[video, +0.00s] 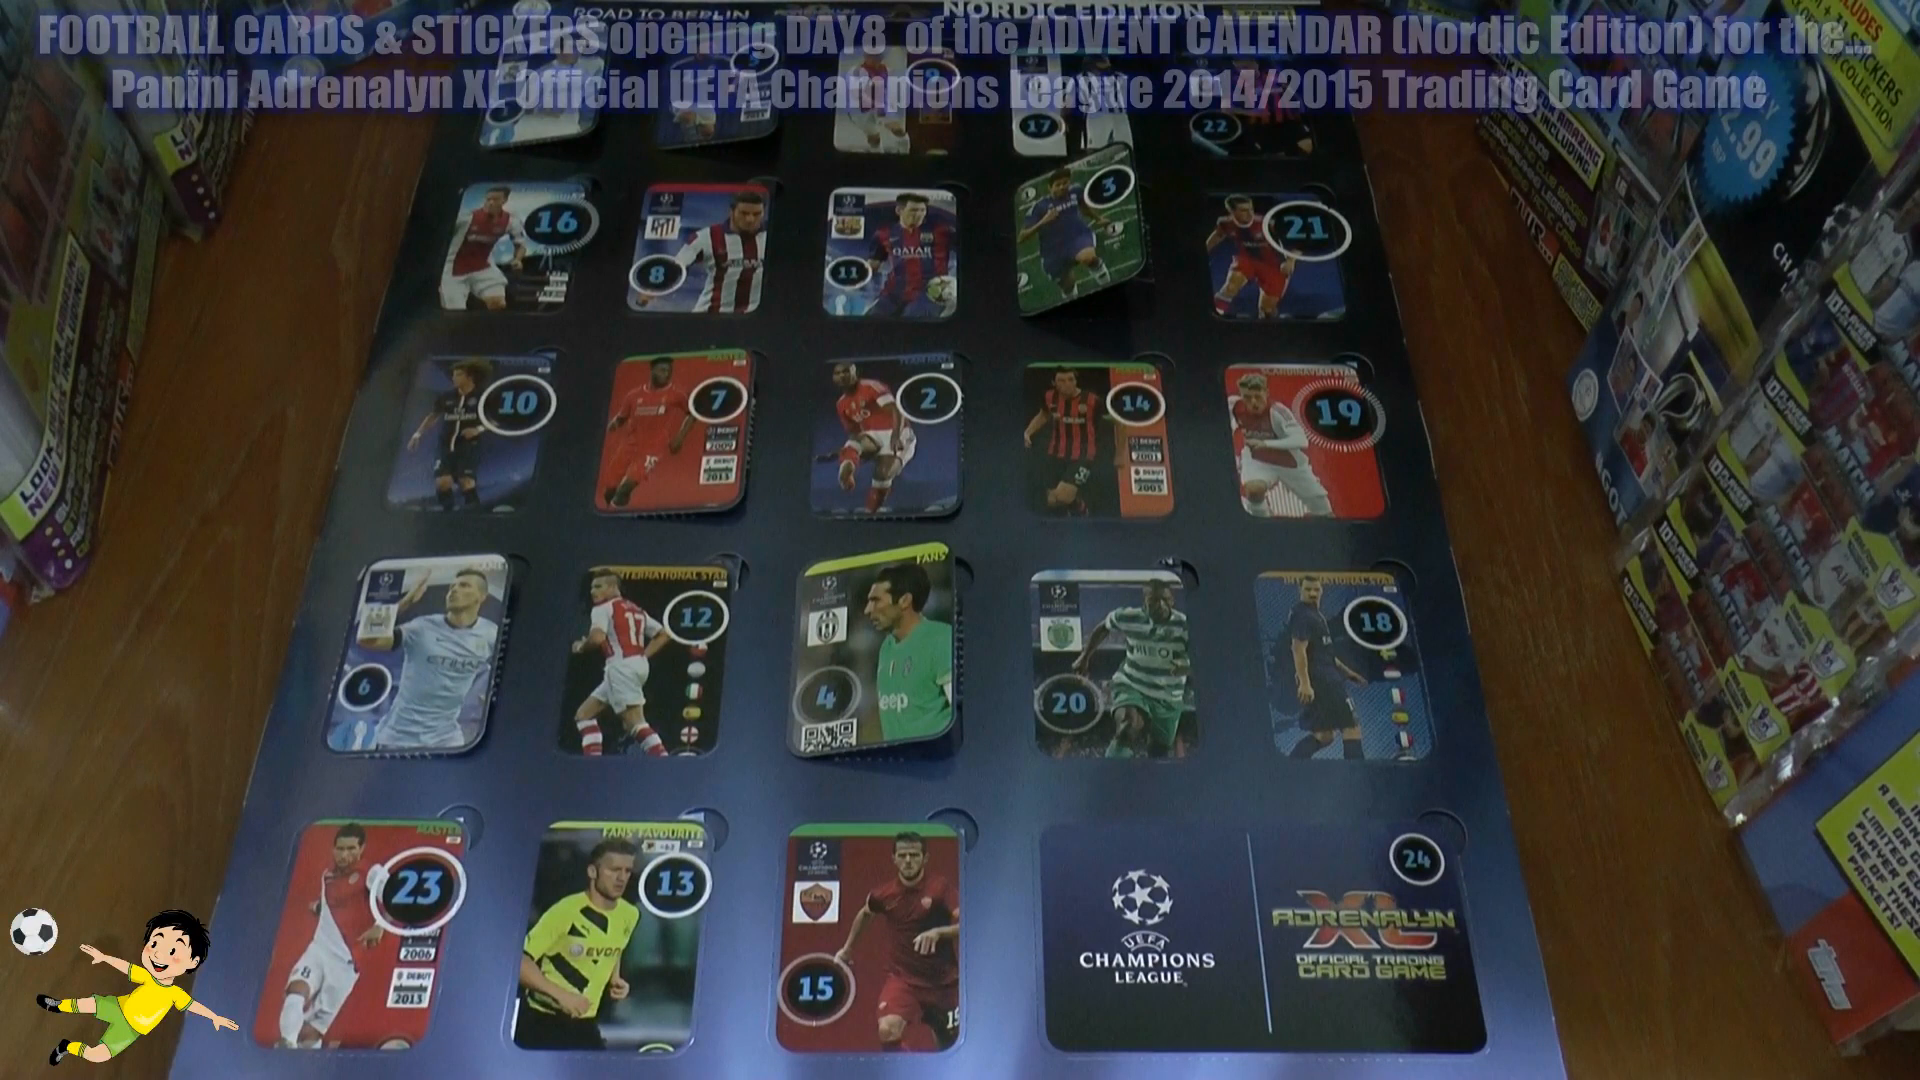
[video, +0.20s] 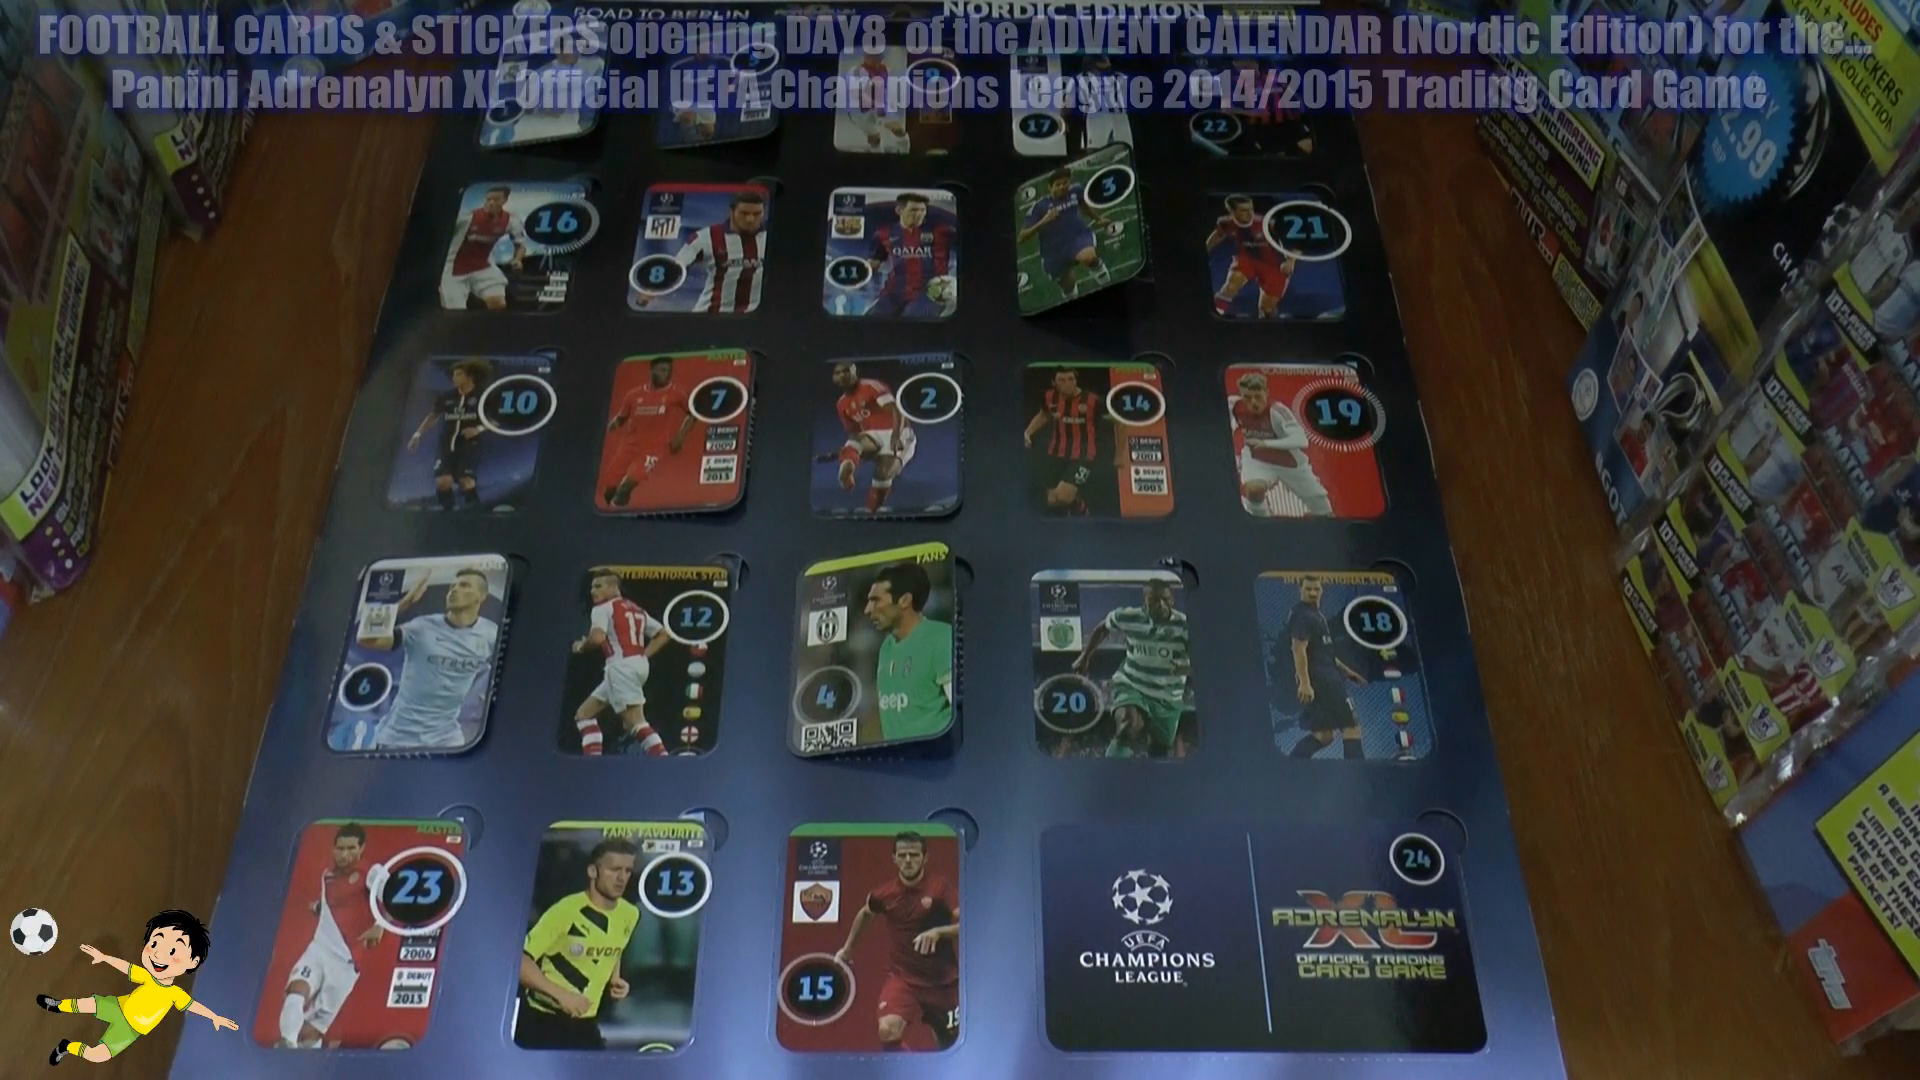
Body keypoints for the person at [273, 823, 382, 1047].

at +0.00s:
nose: (345, 855)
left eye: (351, 849)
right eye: (340, 848)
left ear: (361, 850)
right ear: (333, 849)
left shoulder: (371, 874)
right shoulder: (328, 875)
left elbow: (394, 899)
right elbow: (332, 900)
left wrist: (378, 926)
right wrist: (318, 906)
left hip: (345, 966)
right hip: (318, 951)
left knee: (308, 1035)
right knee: (297, 990)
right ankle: (287, 1043)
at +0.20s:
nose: (345, 854)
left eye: (351, 849)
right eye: (340, 848)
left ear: (361, 849)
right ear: (333, 849)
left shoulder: (371, 873)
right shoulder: (328, 875)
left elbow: (394, 899)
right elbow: (332, 900)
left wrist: (379, 926)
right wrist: (318, 906)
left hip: (345, 965)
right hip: (318, 950)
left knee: (308, 1034)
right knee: (297, 989)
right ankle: (288, 1043)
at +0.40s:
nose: (344, 854)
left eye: (351, 849)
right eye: (340, 848)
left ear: (361, 849)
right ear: (333, 849)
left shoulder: (371, 874)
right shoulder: (328, 875)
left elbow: (394, 899)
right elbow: (332, 899)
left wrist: (379, 926)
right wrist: (318, 905)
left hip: (345, 965)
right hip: (318, 950)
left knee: (308, 1034)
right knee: (297, 989)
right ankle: (287, 1042)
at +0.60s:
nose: (344, 854)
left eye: (351, 848)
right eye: (340, 848)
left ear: (361, 849)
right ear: (333, 849)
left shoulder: (371, 873)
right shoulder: (328, 875)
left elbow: (394, 899)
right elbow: (332, 899)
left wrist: (379, 926)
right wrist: (318, 905)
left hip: (345, 965)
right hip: (318, 950)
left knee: (308, 1034)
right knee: (297, 989)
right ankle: (288, 1042)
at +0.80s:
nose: (345, 854)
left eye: (351, 848)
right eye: (340, 847)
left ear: (361, 849)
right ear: (333, 848)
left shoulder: (372, 873)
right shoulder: (328, 874)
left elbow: (394, 898)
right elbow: (332, 898)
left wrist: (379, 925)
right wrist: (318, 904)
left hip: (346, 964)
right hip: (318, 949)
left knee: (309, 1033)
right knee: (297, 988)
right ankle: (288, 1041)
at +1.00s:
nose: (345, 854)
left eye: (351, 849)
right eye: (340, 848)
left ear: (361, 850)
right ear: (333, 849)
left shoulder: (371, 874)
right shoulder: (328, 875)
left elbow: (394, 899)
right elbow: (332, 899)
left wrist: (379, 926)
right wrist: (318, 905)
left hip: (345, 965)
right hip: (318, 950)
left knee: (309, 1034)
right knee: (297, 989)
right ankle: (287, 1042)